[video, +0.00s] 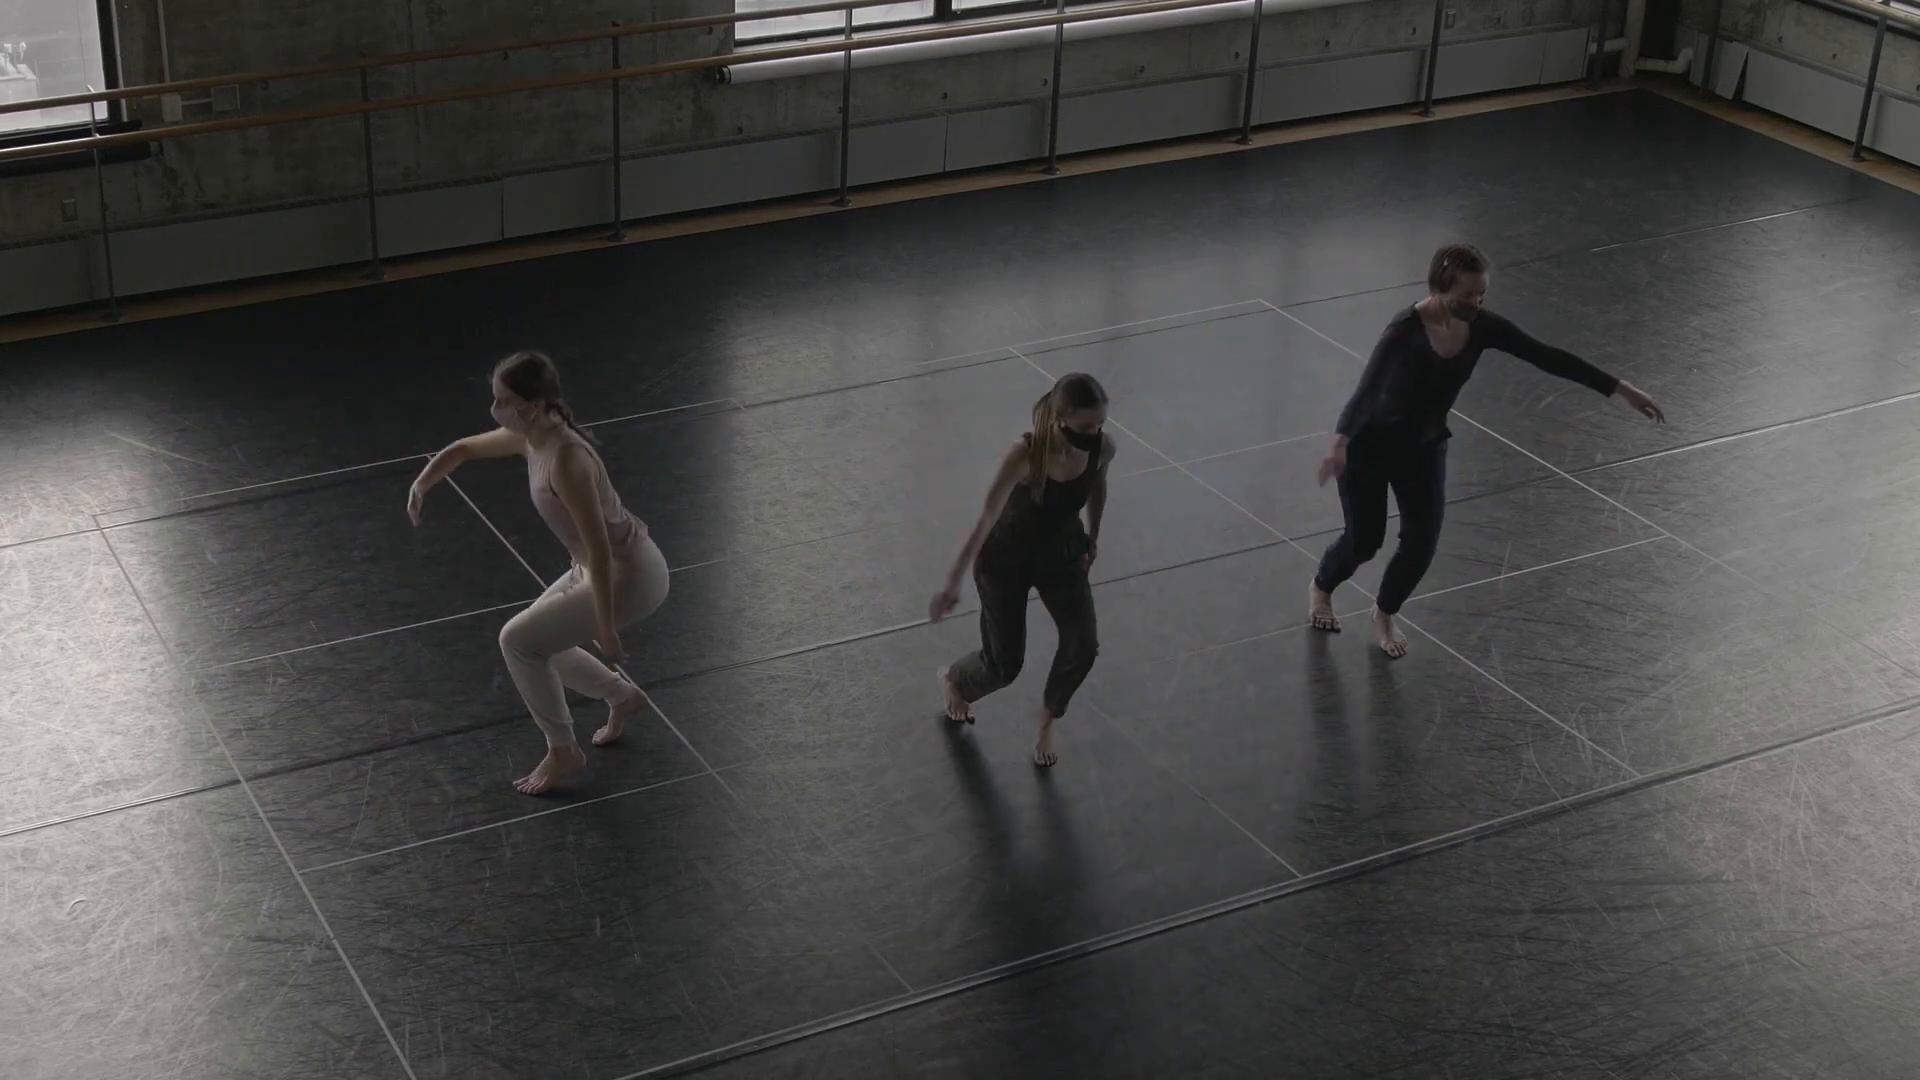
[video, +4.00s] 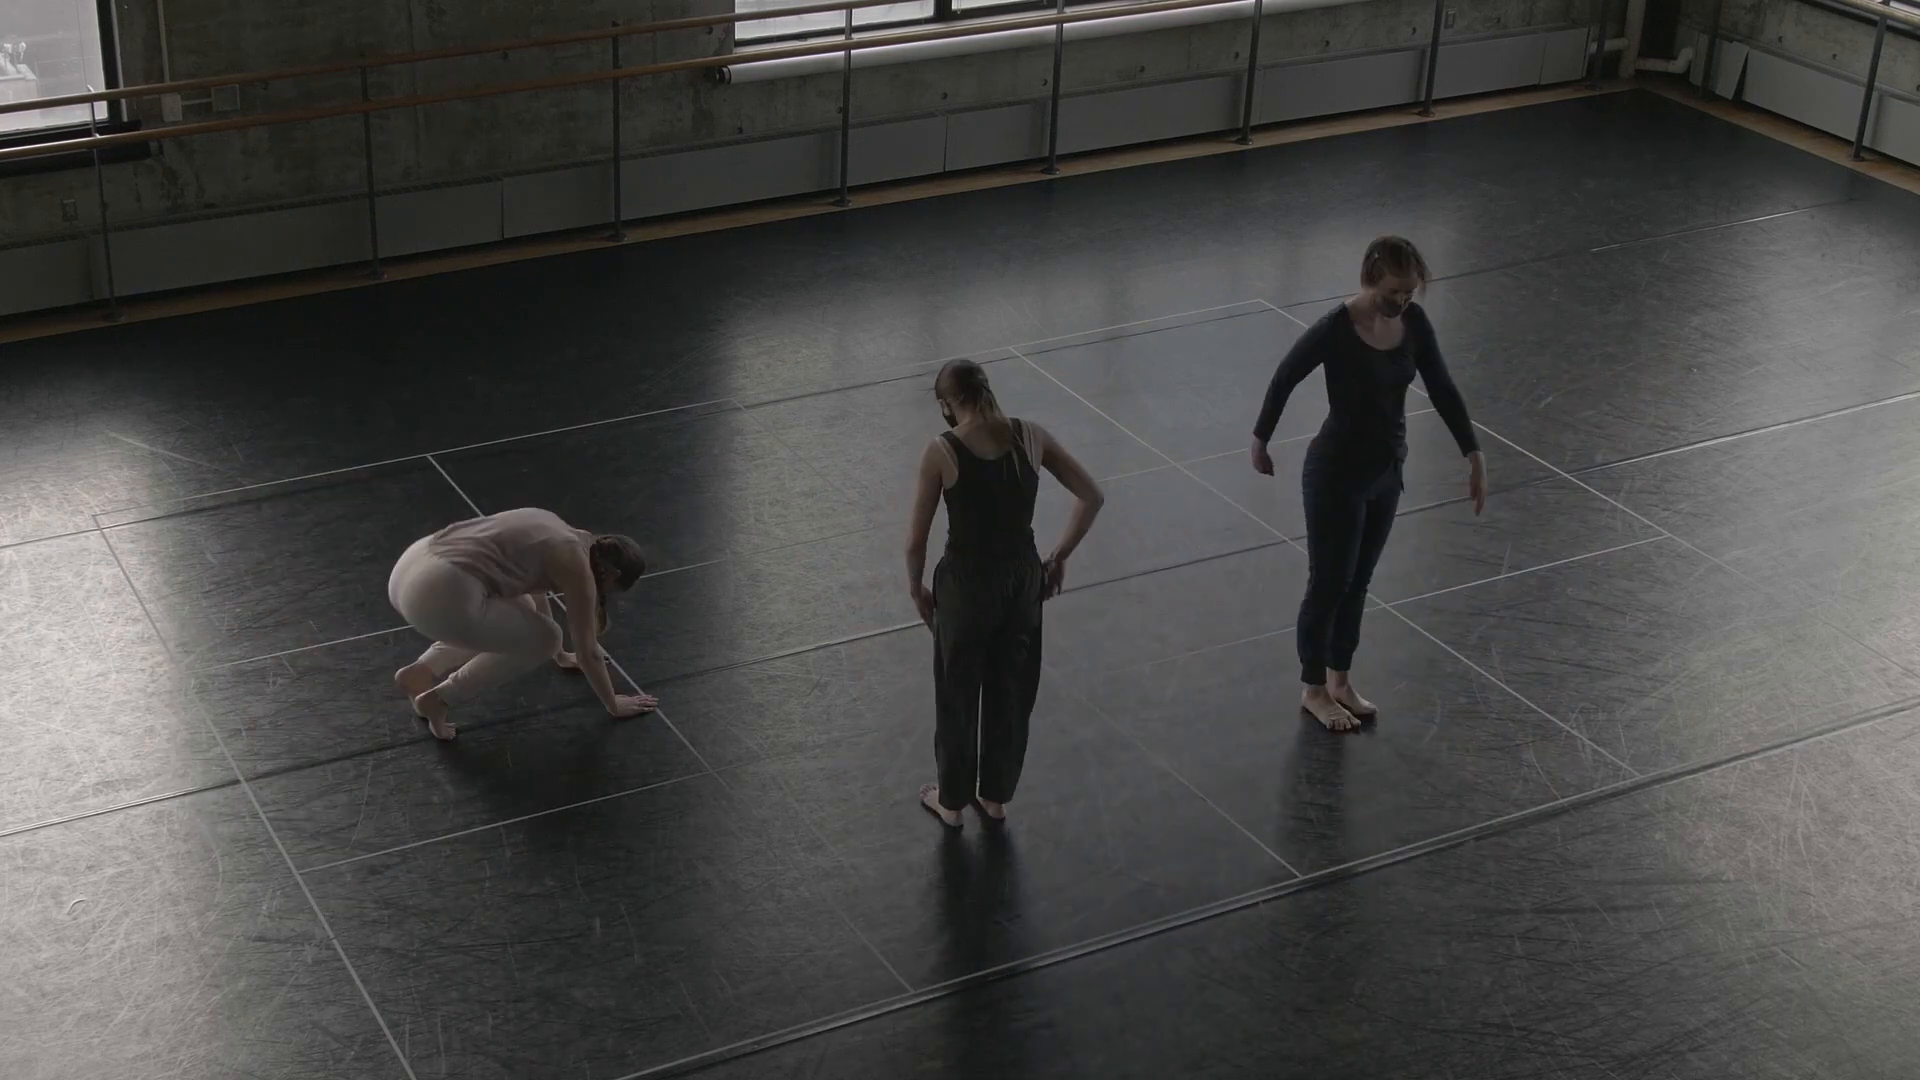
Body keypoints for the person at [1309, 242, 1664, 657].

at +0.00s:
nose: (1476, 302)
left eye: (1480, 293)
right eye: (1469, 294)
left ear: (1481, 289)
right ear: (1441, 290)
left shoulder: (1482, 327)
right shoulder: (1406, 329)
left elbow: (1547, 357)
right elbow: (1368, 388)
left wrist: (1621, 389)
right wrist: (1339, 441)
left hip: (1423, 446)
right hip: (1370, 443)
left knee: (1421, 546)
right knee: (1364, 540)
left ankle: (1383, 613)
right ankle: (1321, 587)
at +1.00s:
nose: (1663, 401)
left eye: (1668, 393)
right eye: (1663, 391)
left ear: (1630, 368)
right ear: (1643, 379)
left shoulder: (1576, 393)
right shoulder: (1605, 432)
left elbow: (1524, 425)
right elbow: (1595, 521)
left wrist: (1490, 454)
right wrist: (1610, 602)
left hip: (1477, 510)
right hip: (1510, 543)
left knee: (1401, 582)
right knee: (1559, 658)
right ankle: (1507, 764)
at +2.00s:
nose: (1298, 512)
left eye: (1298, 504)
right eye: (1298, 504)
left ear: (1308, 500)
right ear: (1339, 490)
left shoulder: (1312, 532)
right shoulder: (1375, 506)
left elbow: (1267, 598)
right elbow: (1417, 571)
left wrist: (1220, 654)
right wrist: (1411, 653)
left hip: (1421, 564)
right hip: (1471, 548)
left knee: (1450, 692)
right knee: (1502, 663)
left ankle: (1474, 808)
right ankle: (1567, 740)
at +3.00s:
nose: (1202, 522)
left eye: (1197, 515)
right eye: (1196, 518)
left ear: (1205, 501)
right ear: (1225, 483)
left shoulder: (1221, 513)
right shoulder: (1261, 489)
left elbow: (1218, 592)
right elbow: (1309, 538)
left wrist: (1215, 657)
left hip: (1352, 551)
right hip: (1382, 539)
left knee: (1251, 599)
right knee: (1277, 590)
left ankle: (1343, 673)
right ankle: (1346, 664)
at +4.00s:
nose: (1403, 300)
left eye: (1410, 291)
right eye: (1395, 290)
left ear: (1415, 285)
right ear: (1370, 279)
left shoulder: (1413, 322)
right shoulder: (1337, 326)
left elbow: (1441, 388)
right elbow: (1286, 377)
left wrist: (1473, 454)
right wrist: (1259, 441)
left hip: (1385, 469)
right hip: (1334, 470)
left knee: (1357, 581)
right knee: (1328, 581)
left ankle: (1338, 683)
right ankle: (1313, 691)